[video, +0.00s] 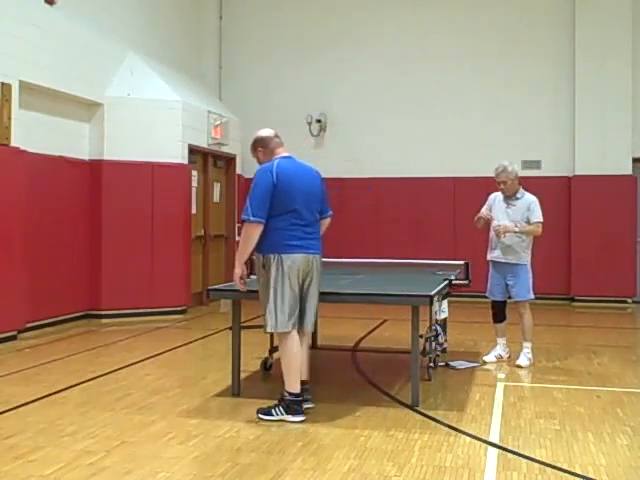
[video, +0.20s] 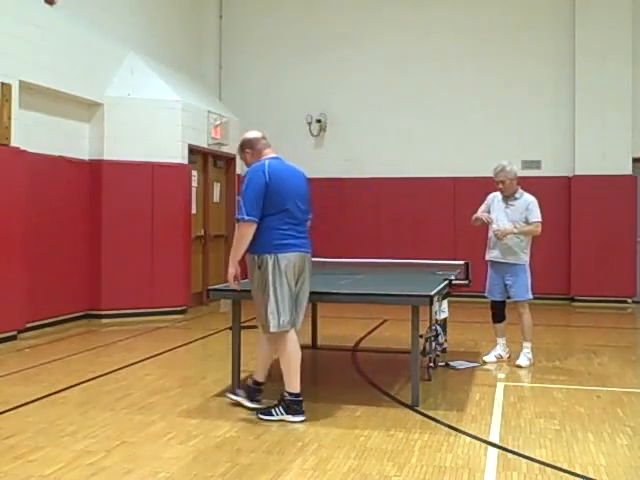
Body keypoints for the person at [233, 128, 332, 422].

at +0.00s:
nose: (257, 162)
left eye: (256, 158)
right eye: (256, 158)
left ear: (260, 151)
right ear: (281, 145)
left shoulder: (267, 172)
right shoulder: (312, 172)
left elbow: (255, 222)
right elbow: (325, 216)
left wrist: (240, 261)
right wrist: (307, 241)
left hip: (282, 258)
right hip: (311, 257)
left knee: (286, 331)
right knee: (301, 329)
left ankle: (292, 402)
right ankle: (302, 389)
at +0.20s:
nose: (245, 164)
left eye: (243, 160)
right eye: (243, 161)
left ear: (248, 153)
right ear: (268, 146)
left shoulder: (257, 171)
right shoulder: (297, 172)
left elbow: (248, 221)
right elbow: (305, 216)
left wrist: (233, 260)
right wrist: (293, 245)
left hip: (274, 256)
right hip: (300, 254)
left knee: (282, 328)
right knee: (271, 326)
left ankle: (293, 402)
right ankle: (255, 387)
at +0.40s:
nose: (229, 167)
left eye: (228, 162)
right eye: (228, 163)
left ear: (233, 155)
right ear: (251, 150)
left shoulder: (244, 170)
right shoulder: (278, 174)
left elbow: (241, 216)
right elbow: (294, 218)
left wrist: (227, 253)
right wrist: (278, 246)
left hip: (259, 256)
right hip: (283, 255)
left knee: (267, 329)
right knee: (262, 327)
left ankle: (290, 399)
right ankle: (244, 390)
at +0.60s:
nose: (214, 167)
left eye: (212, 163)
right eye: (213, 164)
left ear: (217, 155)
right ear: (235, 150)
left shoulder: (230, 165)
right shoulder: (262, 172)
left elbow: (236, 196)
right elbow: (283, 212)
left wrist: (225, 232)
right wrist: (269, 242)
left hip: (247, 253)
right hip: (270, 254)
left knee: (221, 323)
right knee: (255, 325)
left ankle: (267, 379)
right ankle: (245, 389)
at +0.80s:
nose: (200, 170)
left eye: (198, 165)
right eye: (198, 166)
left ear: (203, 155)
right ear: (222, 150)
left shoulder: (216, 163)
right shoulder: (247, 170)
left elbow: (227, 185)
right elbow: (271, 209)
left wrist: (213, 216)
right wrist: (257, 240)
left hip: (233, 249)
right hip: (257, 251)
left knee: (202, 317)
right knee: (245, 322)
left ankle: (214, 391)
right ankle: (244, 391)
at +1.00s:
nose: (183, 170)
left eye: (181, 166)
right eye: (181, 167)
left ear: (187, 157)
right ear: (204, 152)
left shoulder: (199, 165)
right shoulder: (232, 173)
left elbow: (208, 188)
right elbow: (256, 208)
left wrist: (194, 219)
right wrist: (240, 237)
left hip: (213, 251)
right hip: (241, 251)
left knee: (194, 323)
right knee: (235, 322)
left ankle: (168, 390)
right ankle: (241, 390)